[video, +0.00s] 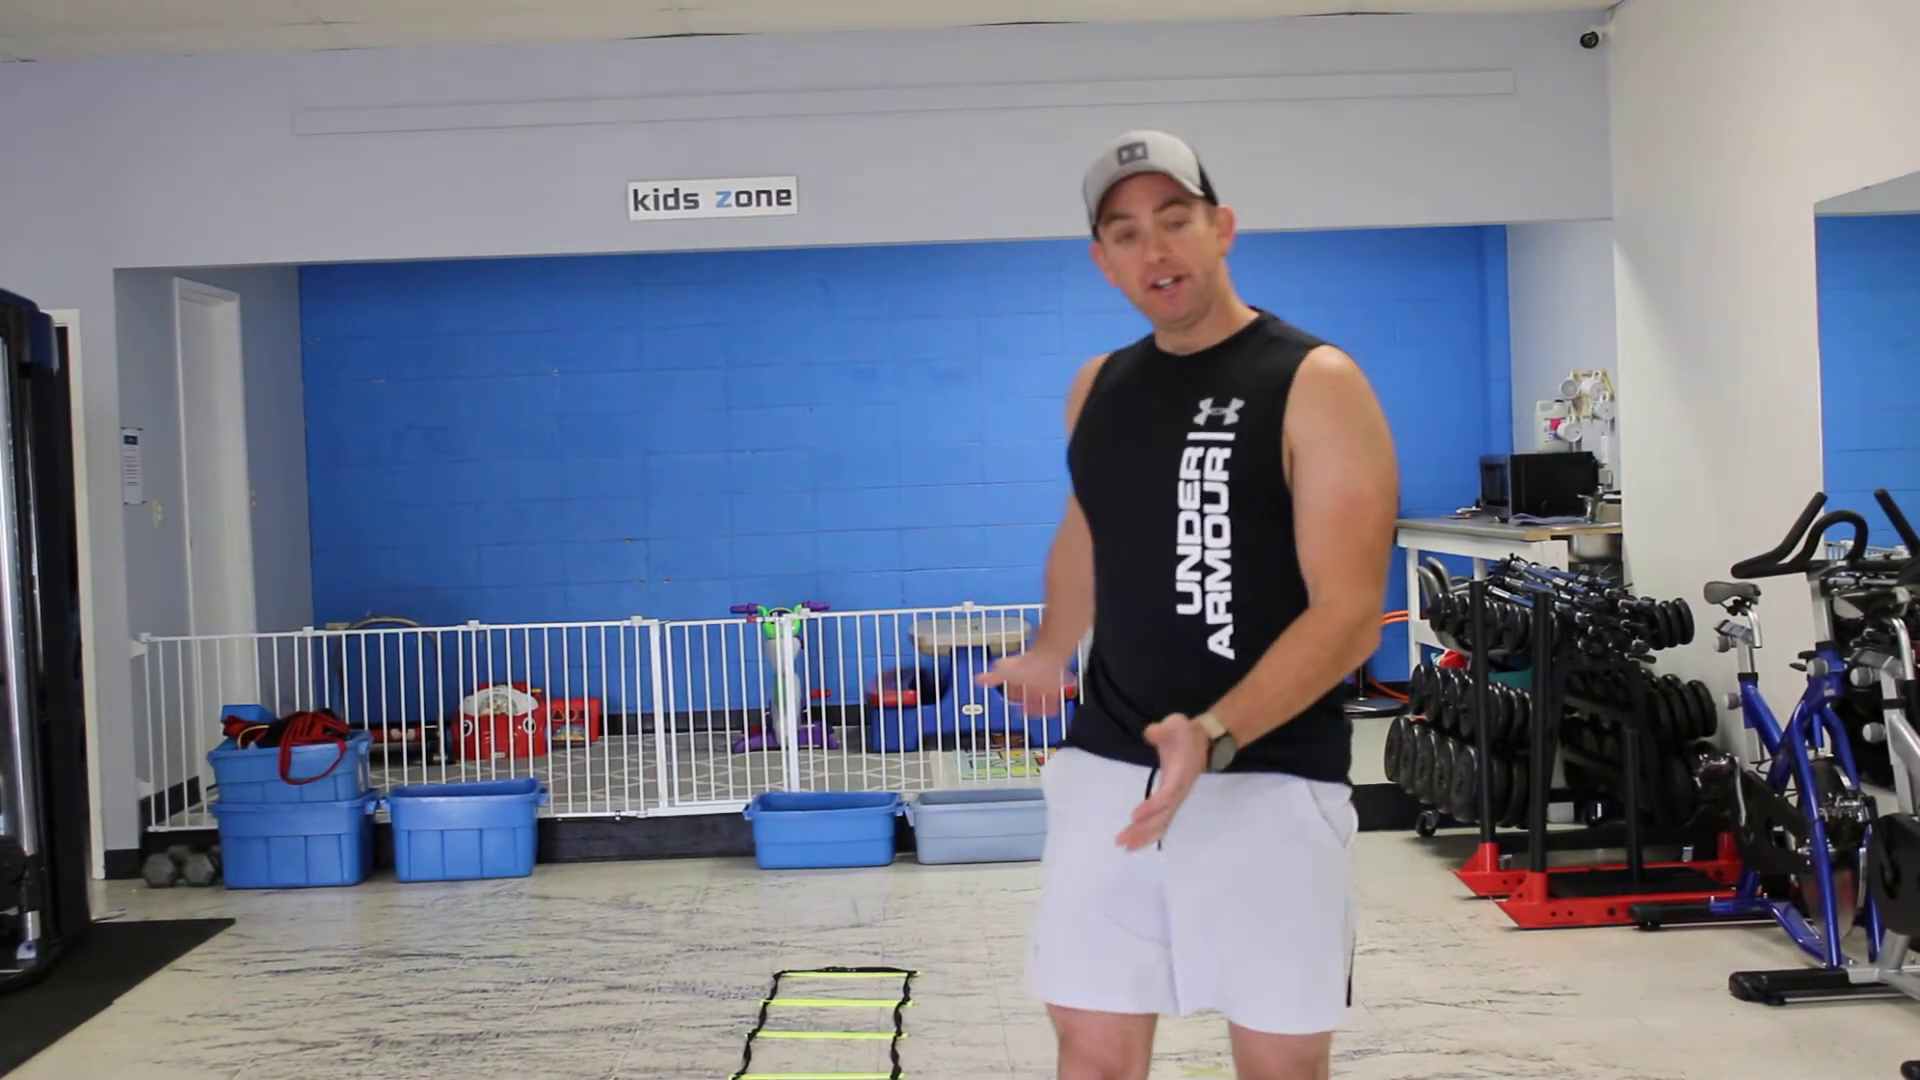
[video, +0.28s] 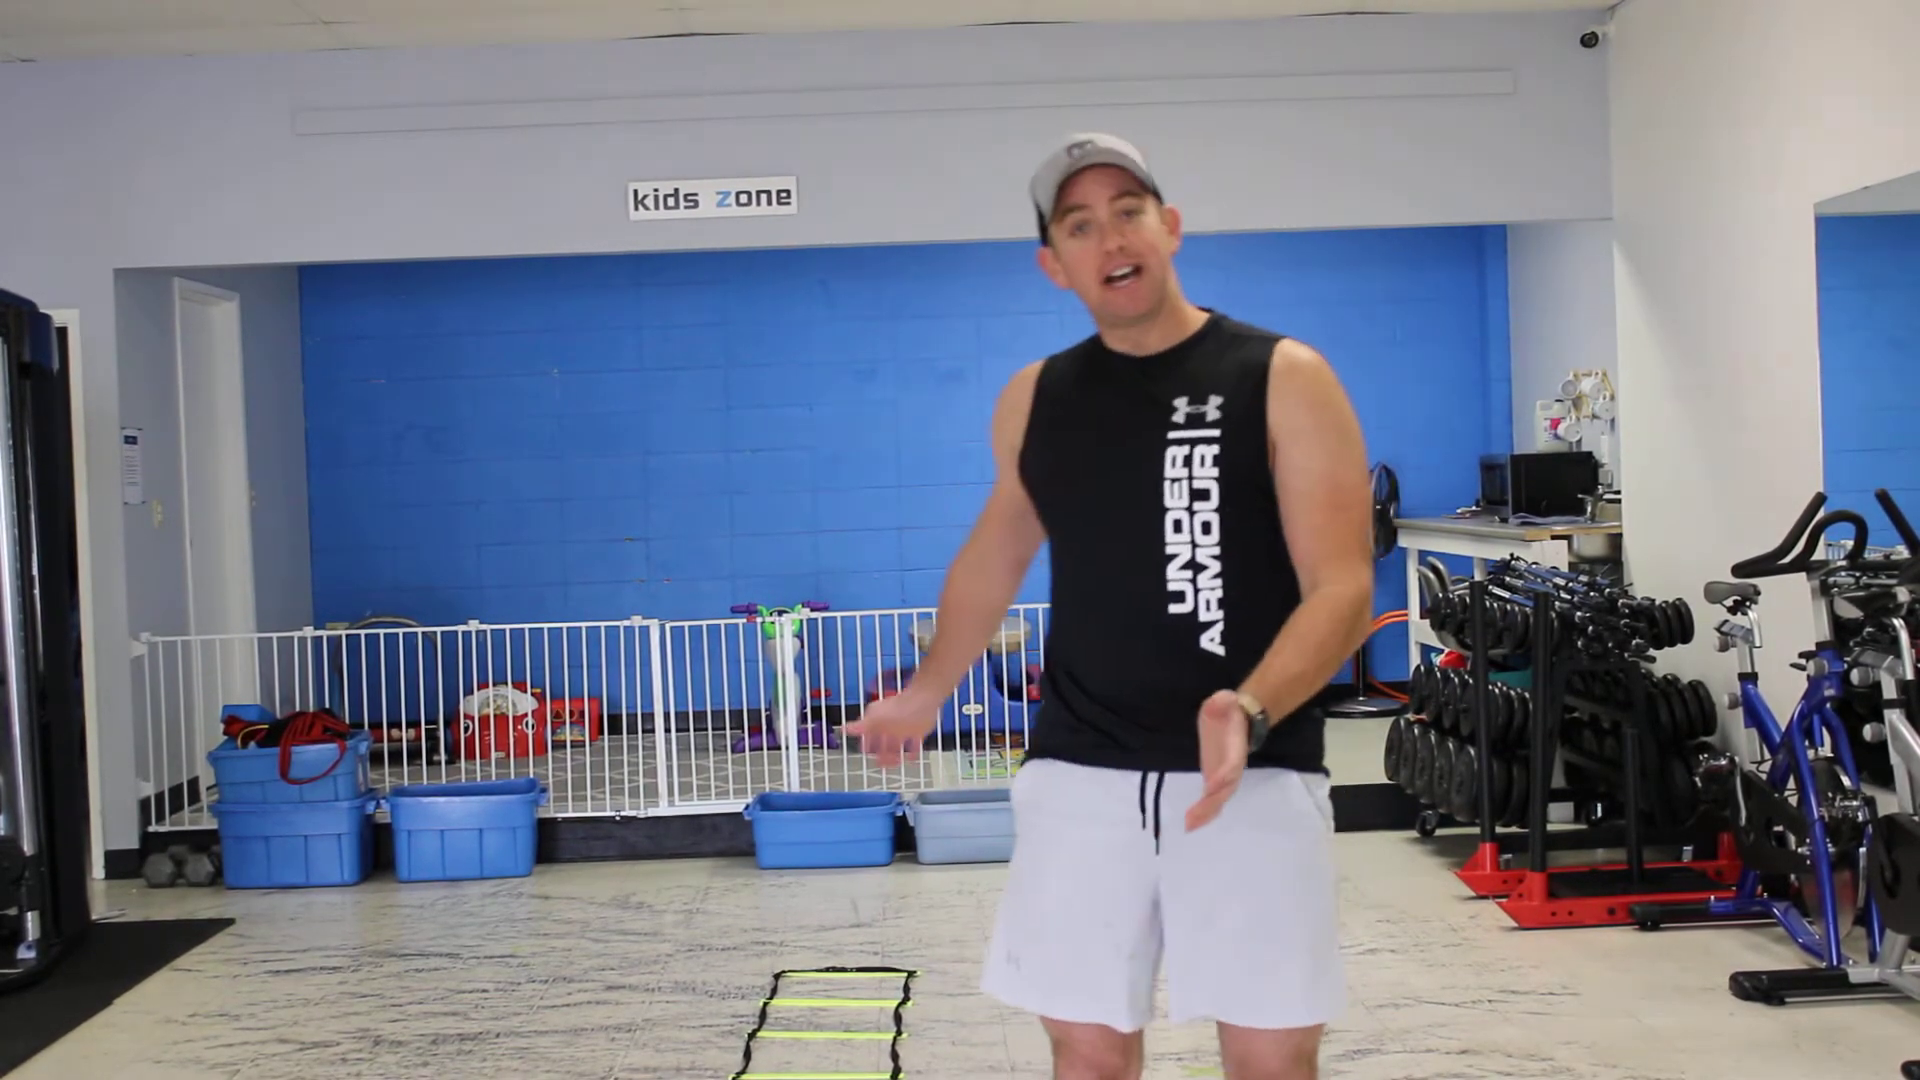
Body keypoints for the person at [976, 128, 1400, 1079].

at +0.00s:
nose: (1155, 252)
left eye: (1173, 220)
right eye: (1125, 234)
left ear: (1223, 227)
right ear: (1103, 263)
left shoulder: (1317, 385)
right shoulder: (1099, 388)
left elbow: (1349, 616)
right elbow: (1086, 525)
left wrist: (1211, 733)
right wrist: (1052, 647)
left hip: (1270, 788)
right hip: (1103, 779)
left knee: (1281, 1061)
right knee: (1094, 1059)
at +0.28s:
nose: (1112, 236)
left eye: (1129, 210)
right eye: (1082, 225)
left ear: (1173, 225)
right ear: (1055, 265)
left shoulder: (1285, 379)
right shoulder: (1035, 399)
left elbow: (1342, 589)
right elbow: (996, 552)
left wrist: (1250, 702)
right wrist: (928, 689)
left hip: (1255, 789)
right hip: (1081, 788)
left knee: (1273, 1063)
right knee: (1090, 1060)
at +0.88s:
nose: (1025, 267)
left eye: (1041, 238)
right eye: (995, 253)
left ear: (1083, 243)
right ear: (967, 284)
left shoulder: (1207, 394)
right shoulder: (940, 427)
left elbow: (1290, 585)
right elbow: (899, 621)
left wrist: (1230, 673)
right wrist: (808, 783)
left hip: (1202, 790)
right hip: (1022, 806)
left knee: (1283, 1061)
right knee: (1046, 1064)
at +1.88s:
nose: (1054, 246)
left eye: (1077, 222)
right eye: (1027, 228)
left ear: (1116, 244)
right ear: (994, 261)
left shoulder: (1217, 384)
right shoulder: (943, 413)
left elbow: (1307, 556)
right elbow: (871, 592)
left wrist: (1280, 624)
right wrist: (835, 680)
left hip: (1207, 783)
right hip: (1028, 795)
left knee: (1274, 1063)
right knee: (1054, 1064)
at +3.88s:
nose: (1091, 337)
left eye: (1113, 308)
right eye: (1065, 312)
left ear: (1152, 315)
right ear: (1031, 328)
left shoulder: (1243, 447)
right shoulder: (977, 460)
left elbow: (1324, 636)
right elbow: (903, 614)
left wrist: (1247, 630)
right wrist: (910, 698)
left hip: (1230, 799)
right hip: (1051, 808)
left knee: (1307, 1051)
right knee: (1036, 1060)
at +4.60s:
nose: (999, 438)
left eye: (1022, 409)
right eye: (973, 411)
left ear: (1062, 413)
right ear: (939, 419)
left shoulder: (1144, 532)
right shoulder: (878, 533)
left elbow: (1229, 743)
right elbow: (833, 647)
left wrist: (1142, 727)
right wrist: (876, 794)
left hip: (1142, 831)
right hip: (969, 838)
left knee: (1243, 1067)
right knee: (987, 1069)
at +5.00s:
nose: (949, 540)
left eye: (976, 509)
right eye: (924, 512)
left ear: (1018, 513)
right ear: (895, 519)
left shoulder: (1105, 620)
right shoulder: (847, 625)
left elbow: (1181, 848)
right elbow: (839, 723)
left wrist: (1059, 818)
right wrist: (875, 858)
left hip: (1113, 899)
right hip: (954, 885)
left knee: (1131, 1067)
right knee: (970, 1065)